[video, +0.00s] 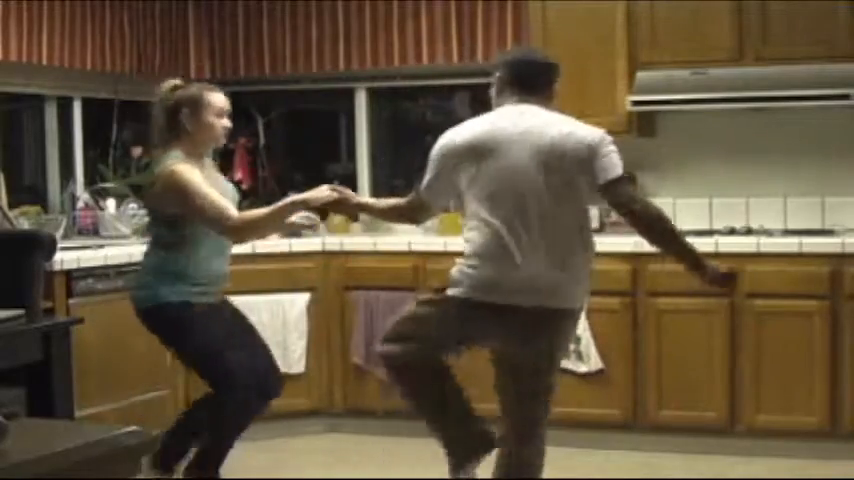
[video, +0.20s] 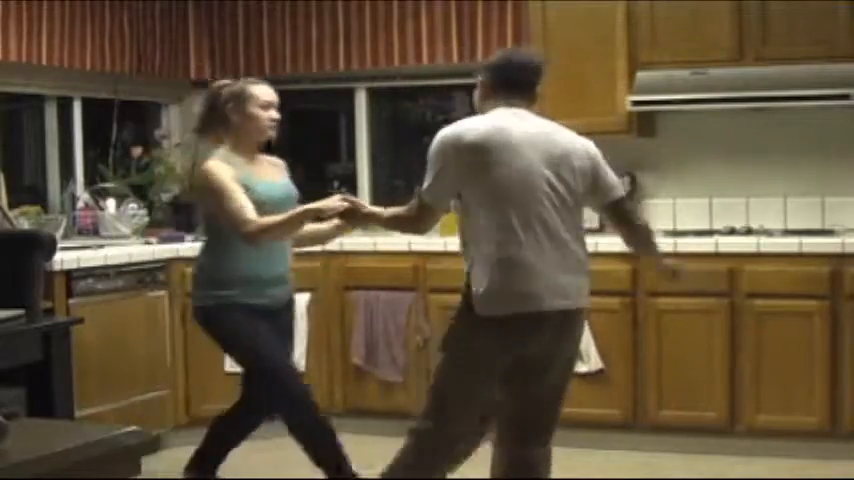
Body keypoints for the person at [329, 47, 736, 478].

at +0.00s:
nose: (490, 93)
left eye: (492, 88)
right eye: (495, 89)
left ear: (499, 88)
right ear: (550, 91)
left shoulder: (463, 138)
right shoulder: (586, 139)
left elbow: (413, 209)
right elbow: (633, 207)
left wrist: (347, 202)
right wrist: (701, 267)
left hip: (481, 292)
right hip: (554, 305)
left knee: (402, 349)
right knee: (524, 427)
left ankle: (466, 441)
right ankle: (516, 474)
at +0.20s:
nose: (475, 95)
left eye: (477, 87)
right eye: (477, 88)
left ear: (486, 89)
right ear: (531, 94)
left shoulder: (458, 138)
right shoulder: (575, 146)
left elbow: (419, 220)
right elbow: (627, 221)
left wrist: (367, 214)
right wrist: (655, 258)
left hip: (494, 310)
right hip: (564, 312)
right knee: (527, 446)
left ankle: (397, 476)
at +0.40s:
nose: (443, 85)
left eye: (445, 78)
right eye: (445, 78)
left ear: (453, 78)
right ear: (501, 82)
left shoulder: (438, 121)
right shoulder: (540, 133)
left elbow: (417, 213)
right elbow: (576, 222)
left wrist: (386, 204)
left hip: (493, 302)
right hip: (550, 299)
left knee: (452, 429)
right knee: (521, 434)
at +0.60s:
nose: (416, 90)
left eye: (419, 82)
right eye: (417, 84)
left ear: (426, 81)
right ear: (473, 85)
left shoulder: (412, 127)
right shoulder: (512, 139)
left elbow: (391, 208)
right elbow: (552, 220)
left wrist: (347, 233)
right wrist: (516, 248)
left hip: (463, 296)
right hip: (517, 293)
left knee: (482, 414)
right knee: (480, 410)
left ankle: (518, 476)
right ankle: (461, 477)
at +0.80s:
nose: (394, 80)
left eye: (397, 74)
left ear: (402, 78)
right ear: (452, 82)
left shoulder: (378, 130)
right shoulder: (482, 130)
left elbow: (344, 215)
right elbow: (537, 202)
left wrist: (308, 226)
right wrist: (553, 203)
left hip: (424, 299)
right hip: (492, 295)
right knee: (468, 421)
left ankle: (460, 466)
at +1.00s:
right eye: (432, 81)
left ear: (383, 79)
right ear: (435, 82)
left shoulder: (344, 137)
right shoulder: (460, 130)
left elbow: (327, 223)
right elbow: (521, 168)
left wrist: (366, 240)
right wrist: (567, 184)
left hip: (376, 294)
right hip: (448, 291)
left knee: (369, 385)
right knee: (454, 413)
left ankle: (389, 472)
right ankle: (455, 475)